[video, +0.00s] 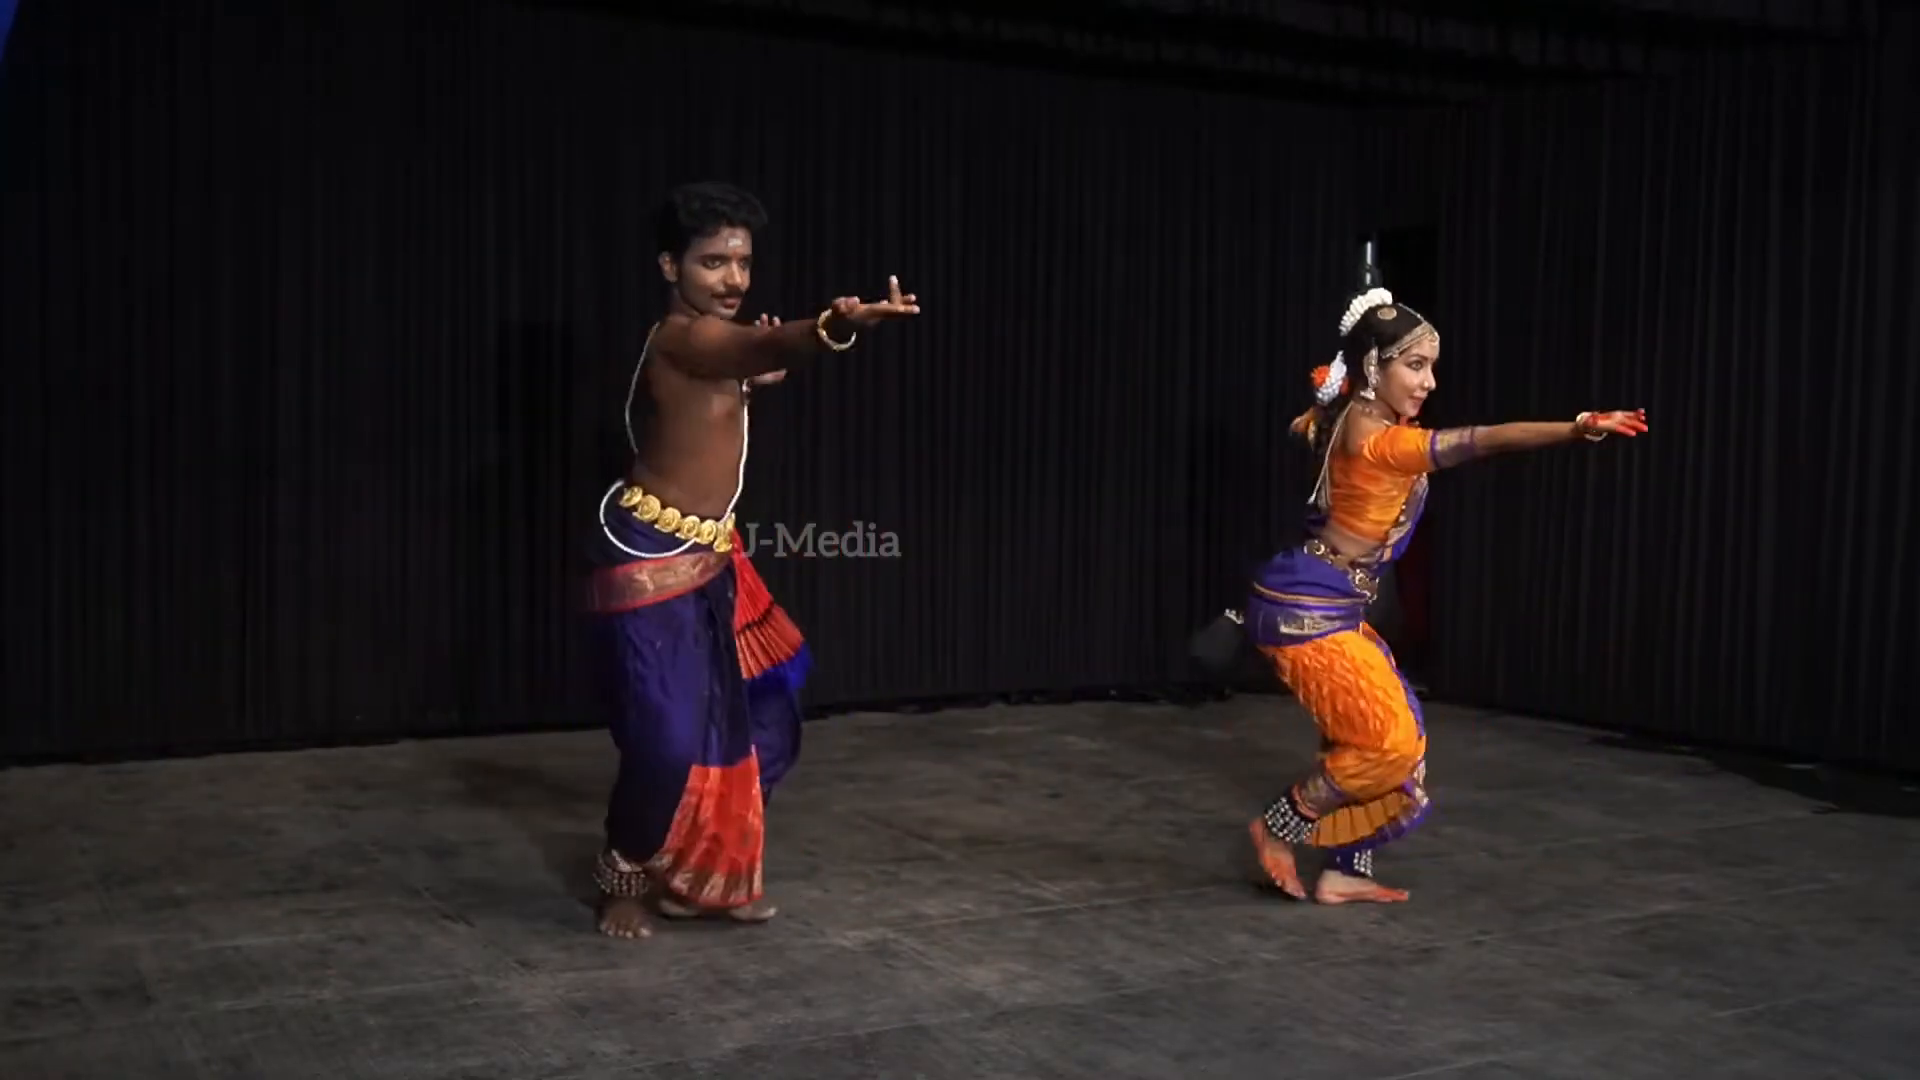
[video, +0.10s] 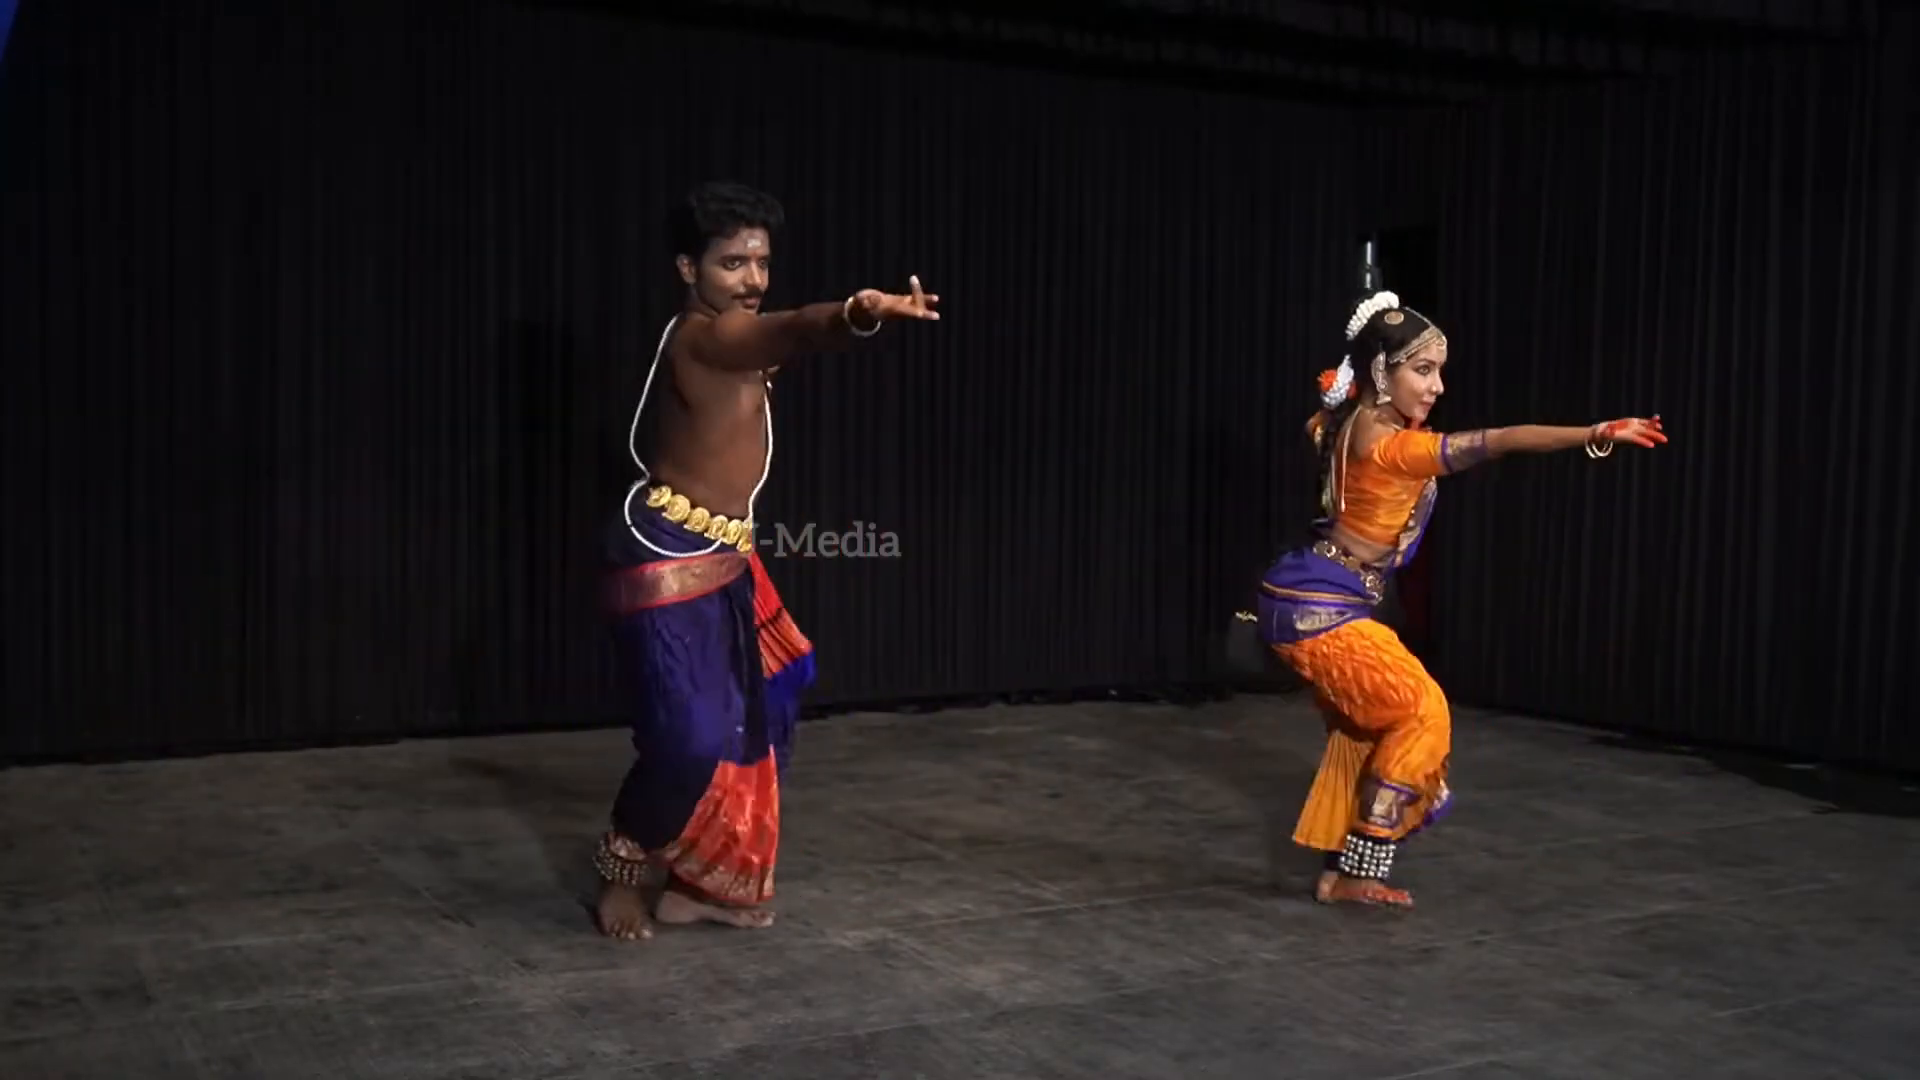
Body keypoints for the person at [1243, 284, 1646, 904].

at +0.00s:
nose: (1429, 380)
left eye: (1432, 367)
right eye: (1416, 365)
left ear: (1376, 369)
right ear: (1372, 369)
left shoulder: (1349, 414)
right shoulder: (1382, 442)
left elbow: (1305, 425)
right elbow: (1478, 440)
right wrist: (1575, 429)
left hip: (1330, 611)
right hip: (1309, 614)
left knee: (1400, 743)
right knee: (1391, 743)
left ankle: (1343, 872)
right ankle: (1277, 827)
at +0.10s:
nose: (1437, 384)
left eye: (1439, 370)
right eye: (1423, 369)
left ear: (1376, 378)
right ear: (1380, 374)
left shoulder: (1351, 421)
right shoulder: (1394, 446)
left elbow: (1320, 426)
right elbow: (1493, 441)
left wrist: (1341, 397)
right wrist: (1594, 434)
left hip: (1306, 601)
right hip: (1324, 609)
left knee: (1366, 721)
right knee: (1423, 708)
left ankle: (1345, 866)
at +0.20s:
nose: (1442, 380)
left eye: (1445, 366)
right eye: (1428, 365)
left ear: (1386, 370)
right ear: (1385, 371)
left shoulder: (1369, 421)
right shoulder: (1397, 441)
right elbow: (1495, 444)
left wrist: (1359, 386)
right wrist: (1595, 439)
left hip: (1323, 597)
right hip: (1334, 604)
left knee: (1377, 726)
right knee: (1413, 713)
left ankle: (1347, 870)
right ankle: (1426, 892)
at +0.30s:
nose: (1442, 367)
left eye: (1447, 353)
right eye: (1429, 352)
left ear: (1442, 353)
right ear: (1387, 358)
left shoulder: (1388, 411)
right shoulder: (1388, 426)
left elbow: (1411, 455)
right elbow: (1481, 450)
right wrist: (1576, 434)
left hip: (1350, 594)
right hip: (1336, 597)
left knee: (1395, 720)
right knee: (1408, 718)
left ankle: (1349, 868)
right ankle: (1423, 889)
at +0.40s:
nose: (1440, 354)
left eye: (1446, 340)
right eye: (1425, 338)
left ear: (1448, 347)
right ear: (1385, 344)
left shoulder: (1437, 409)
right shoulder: (1367, 408)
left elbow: (1485, 450)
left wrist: (1496, 441)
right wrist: (1487, 429)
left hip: (1384, 595)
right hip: (1331, 589)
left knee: (1443, 739)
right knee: (1385, 716)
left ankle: (1349, 854)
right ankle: (1411, 874)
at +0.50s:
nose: (1438, 352)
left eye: (1445, 338)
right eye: (1424, 336)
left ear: (1448, 343)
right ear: (1384, 339)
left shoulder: (1444, 409)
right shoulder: (1346, 401)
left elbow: (1535, 434)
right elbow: (1252, 418)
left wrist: (1507, 458)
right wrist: (1351, 438)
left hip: (1408, 594)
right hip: (1336, 591)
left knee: (1440, 731)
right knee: (1369, 723)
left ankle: (1353, 858)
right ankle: (1394, 880)